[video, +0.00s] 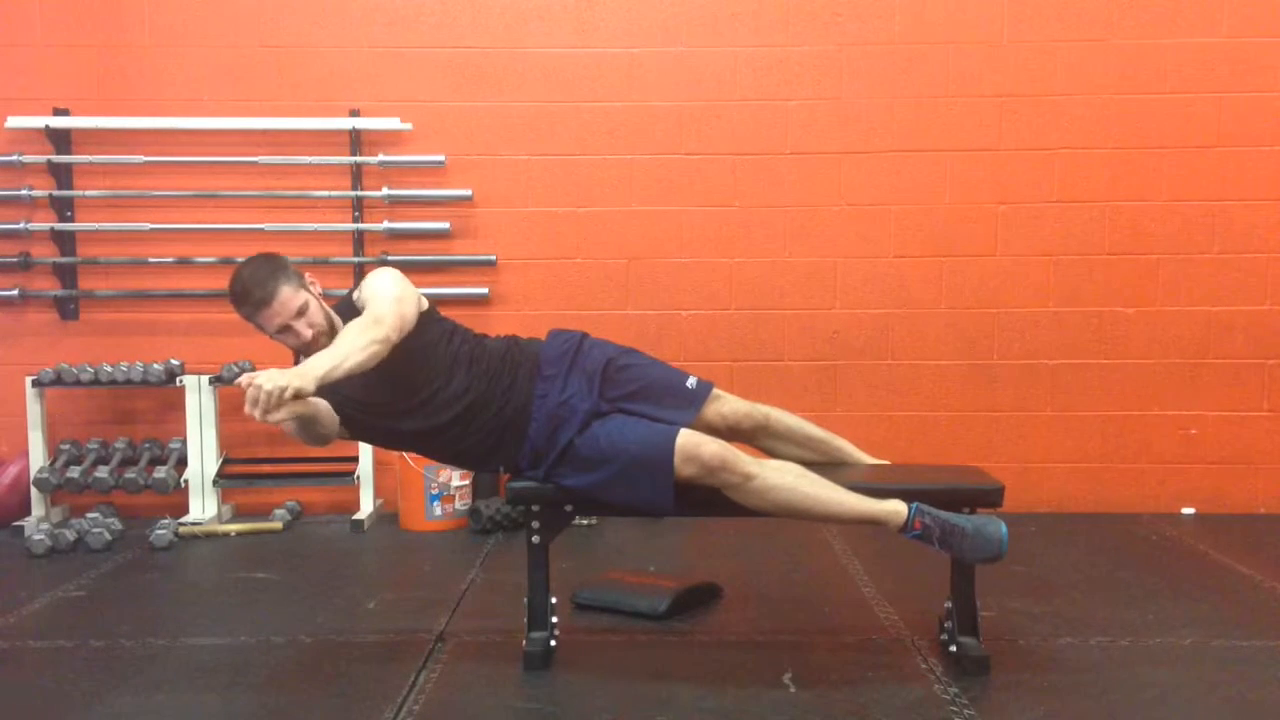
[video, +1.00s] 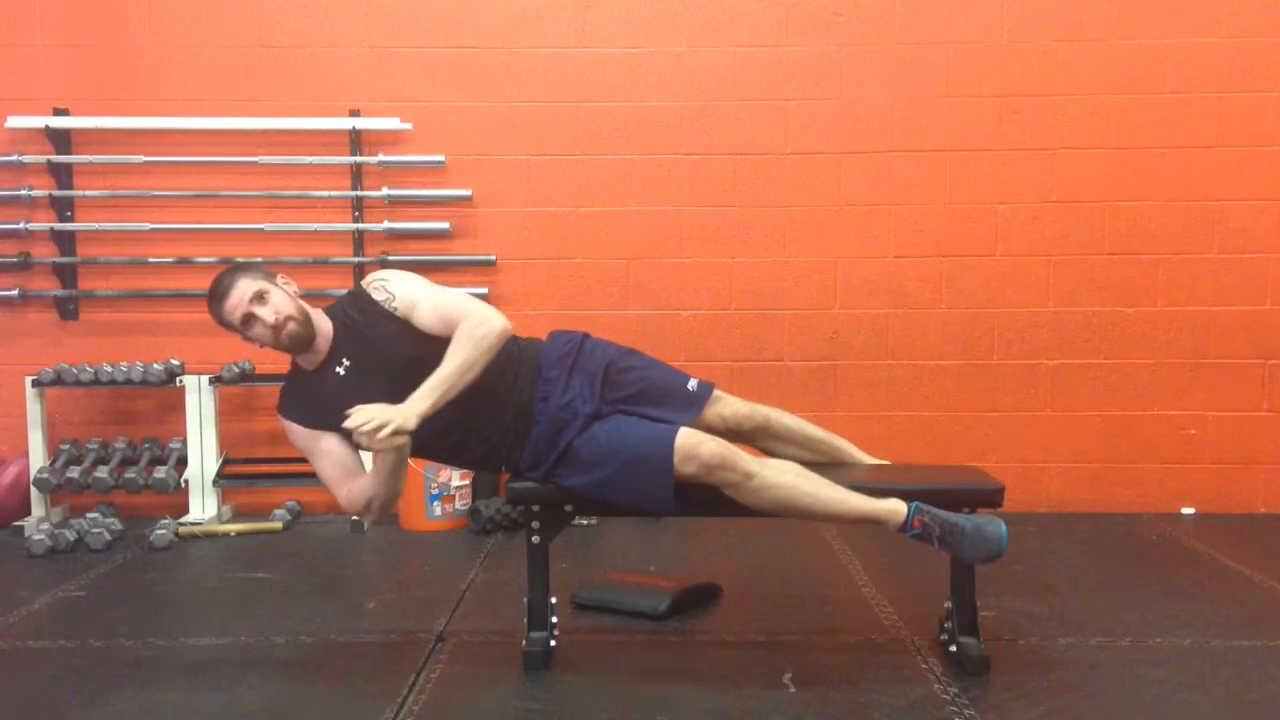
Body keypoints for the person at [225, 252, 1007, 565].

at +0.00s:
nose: (308, 318)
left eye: (304, 300)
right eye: (287, 324)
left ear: (316, 278)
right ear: (272, 335)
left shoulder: (376, 287)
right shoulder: (322, 395)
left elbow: (386, 328)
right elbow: (315, 421)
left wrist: (305, 374)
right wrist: (280, 406)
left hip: (567, 365)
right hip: (547, 447)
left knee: (735, 414)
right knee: (717, 463)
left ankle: (899, 484)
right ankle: (914, 521)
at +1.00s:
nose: (266, 316)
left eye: (261, 297)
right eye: (248, 322)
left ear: (288, 282)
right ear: (249, 344)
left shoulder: (375, 291)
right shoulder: (306, 411)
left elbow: (489, 325)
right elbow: (366, 505)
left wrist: (409, 407)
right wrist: (386, 444)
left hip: (572, 368)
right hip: (546, 450)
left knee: (742, 417)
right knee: (714, 461)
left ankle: (908, 492)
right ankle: (917, 521)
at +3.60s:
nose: (271, 329)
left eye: (268, 308)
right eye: (252, 331)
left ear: (290, 290)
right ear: (250, 349)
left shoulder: (373, 299)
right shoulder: (309, 415)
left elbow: (463, 336)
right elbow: (390, 481)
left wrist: (377, 397)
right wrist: (363, 428)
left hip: (567, 368)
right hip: (545, 451)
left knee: (740, 416)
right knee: (709, 453)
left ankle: (911, 494)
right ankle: (914, 520)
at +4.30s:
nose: (283, 339)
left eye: (279, 318)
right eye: (262, 341)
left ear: (297, 295)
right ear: (251, 352)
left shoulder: (373, 301)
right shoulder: (299, 421)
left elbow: (491, 333)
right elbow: (365, 507)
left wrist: (403, 402)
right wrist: (390, 436)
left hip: (571, 370)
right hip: (546, 452)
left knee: (740, 417)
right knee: (708, 452)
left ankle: (910, 497)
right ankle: (912, 519)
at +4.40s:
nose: (281, 335)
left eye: (278, 313)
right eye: (259, 336)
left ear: (297, 293)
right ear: (250, 350)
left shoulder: (374, 301)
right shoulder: (299, 420)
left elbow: (491, 334)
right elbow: (363, 506)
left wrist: (402, 403)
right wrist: (387, 435)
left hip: (572, 370)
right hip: (546, 452)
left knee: (742, 417)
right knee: (708, 452)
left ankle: (911, 498)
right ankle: (913, 519)